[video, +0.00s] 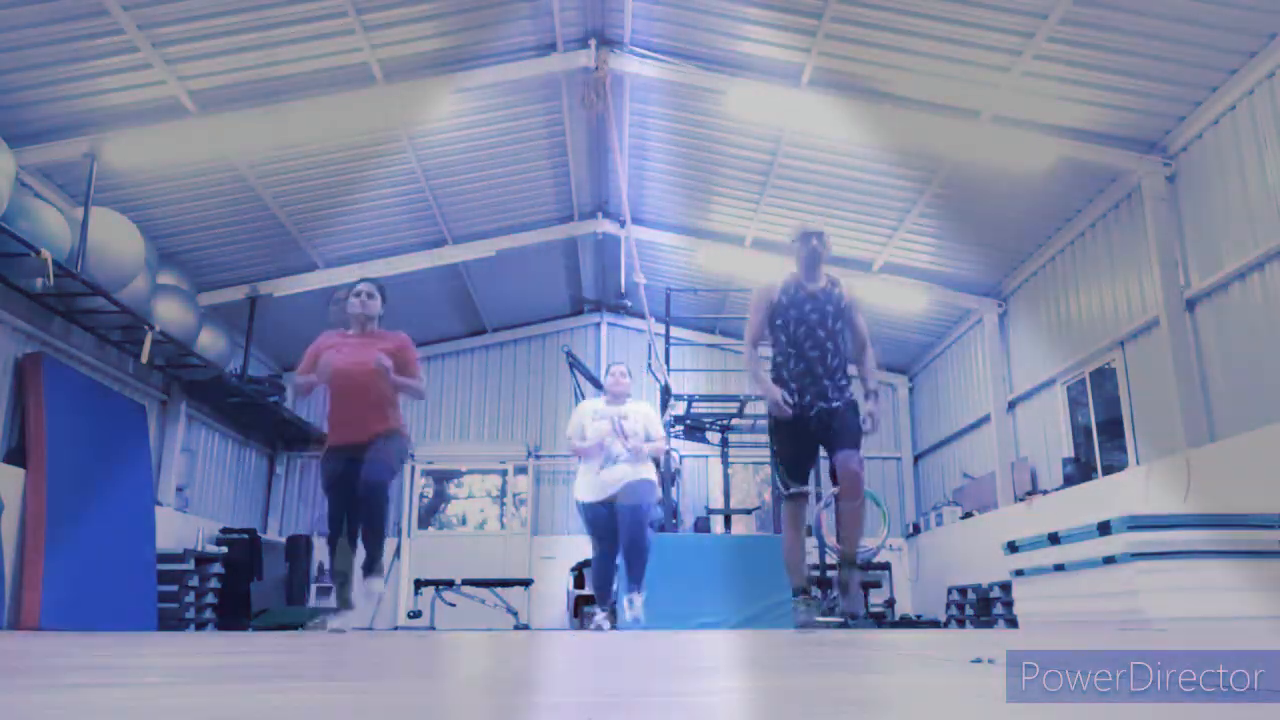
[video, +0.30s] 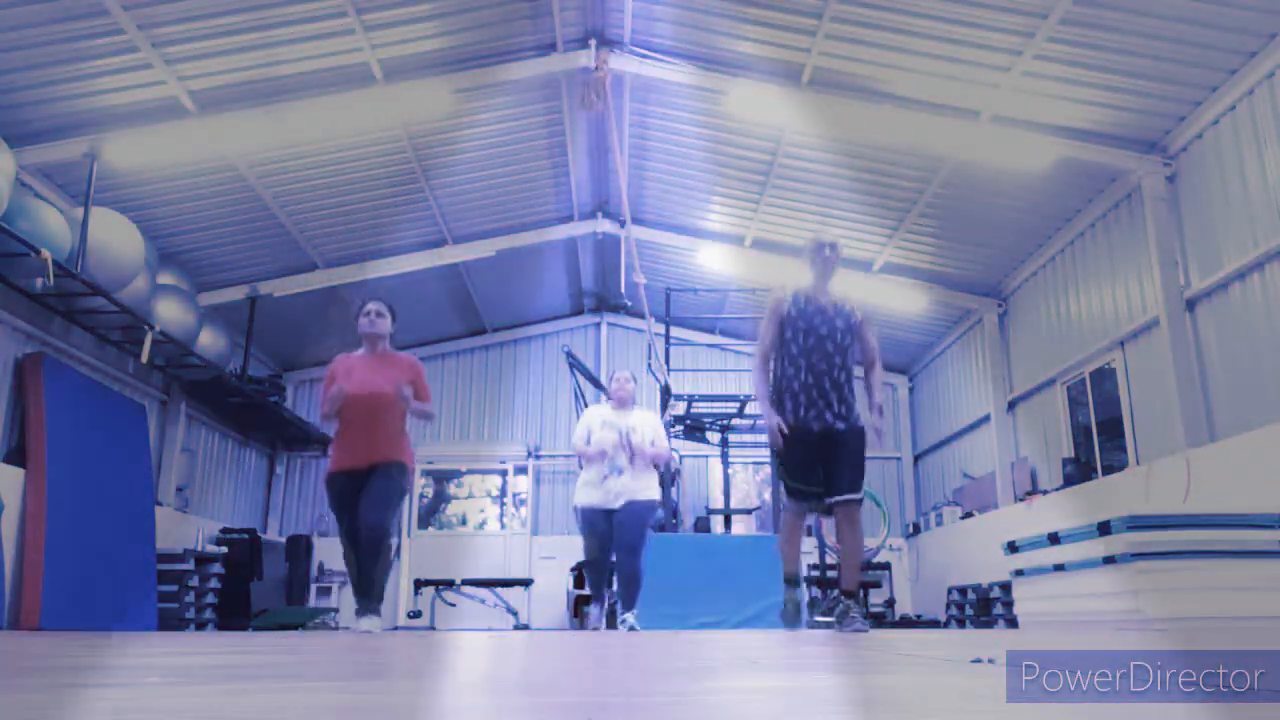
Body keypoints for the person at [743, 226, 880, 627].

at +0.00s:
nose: (813, 249)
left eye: (819, 243)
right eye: (806, 243)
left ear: (826, 252)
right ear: (794, 251)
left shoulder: (842, 297)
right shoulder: (772, 295)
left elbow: (863, 349)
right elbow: (751, 347)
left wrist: (871, 395)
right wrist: (766, 387)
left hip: (839, 404)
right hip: (790, 406)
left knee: (851, 475)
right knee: (795, 499)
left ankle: (849, 578)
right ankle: (800, 594)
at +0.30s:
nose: (826, 259)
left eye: (833, 254)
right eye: (821, 253)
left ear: (839, 262)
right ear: (809, 258)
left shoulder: (852, 314)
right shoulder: (784, 304)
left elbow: (873, 364)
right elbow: (761, 360)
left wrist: (876, 406)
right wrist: (767, 409)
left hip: (843, 424)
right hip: (795, 424)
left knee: (848, 511)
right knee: (795, 511)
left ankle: (850, 602)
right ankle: (791, 594)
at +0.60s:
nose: (821, 271)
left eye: (827, 264)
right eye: (815, 264)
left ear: (834, 270)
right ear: (805, 268)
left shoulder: (853, 320)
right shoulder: (782, 313)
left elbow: (874, 368)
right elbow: (765, 369)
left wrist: (880, 416)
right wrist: (756, 421)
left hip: (843, 414)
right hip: (797, 405)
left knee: (843, 514)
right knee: (822, 430)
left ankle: (837, 605)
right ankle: (796, 486)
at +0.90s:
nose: (816, 261)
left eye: (822, 256)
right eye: (810, 255)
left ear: (830, 264)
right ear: (799, 261)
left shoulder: (850, 313)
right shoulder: (778, 307)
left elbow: (877, 362)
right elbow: (761, 364)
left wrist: (885, 400)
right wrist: (751, 419)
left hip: (849, 421)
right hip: (803, 420)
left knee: (848, 516)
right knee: (804, 510)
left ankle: (846, 601)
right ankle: (808, 605)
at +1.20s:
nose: (816, 227)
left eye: (822, 221)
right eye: (807, 222)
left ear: (831, 231)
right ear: (794, 235)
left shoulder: (849, 276)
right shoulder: (779, 280)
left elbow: (874, 331)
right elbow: (760, 341)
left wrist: (891, 383)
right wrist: (767, 392)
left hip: (850, 392)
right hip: (802, 397)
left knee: (870, 454)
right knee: (809, 497)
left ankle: (843, 494)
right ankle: (813, 595)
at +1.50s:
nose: (834, 219)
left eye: (840, 213)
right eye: (827, 213)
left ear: (848, 224)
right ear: (814, 223)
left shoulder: (862, 274)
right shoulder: (795, 268)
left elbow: (884, 330)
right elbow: (766, 326)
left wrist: (897, 382)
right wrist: (787, 363)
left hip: (862, 384)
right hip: (810, 389)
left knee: (873, 449)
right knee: (812, 490)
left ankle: (873, 557)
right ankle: (814, 596)